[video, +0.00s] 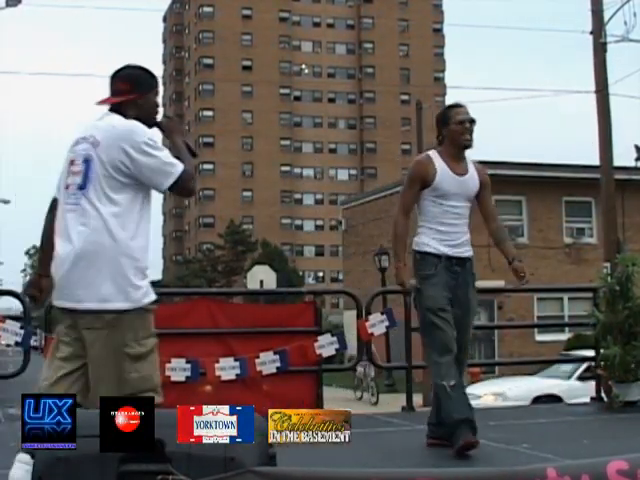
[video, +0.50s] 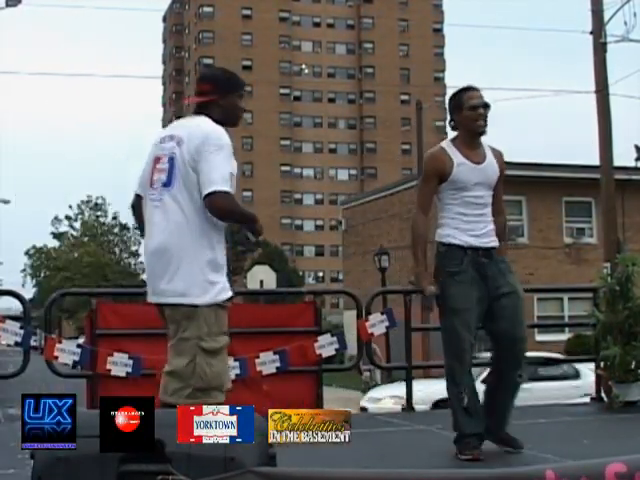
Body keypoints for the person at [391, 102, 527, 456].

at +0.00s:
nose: (467, 128)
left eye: (470, 123)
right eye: (460, 124)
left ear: (473, 129)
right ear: (442, 130)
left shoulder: (477, 173)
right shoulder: (424, 165)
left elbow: (493, 221)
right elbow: (402, 214)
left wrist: (513, 259)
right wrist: (399, 265)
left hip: (463, 264)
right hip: (430, 262)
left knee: (459, 346)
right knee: (444, 344)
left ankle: (440, 426)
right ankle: (462, 427)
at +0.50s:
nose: (482, 113)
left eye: (484, 107)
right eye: (474, 108)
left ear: (488, 113)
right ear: (455, 117)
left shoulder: (494, 158)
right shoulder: (439, 158)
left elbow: (498, 212)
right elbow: (421, 215)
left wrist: (502, 256)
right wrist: (424, 277)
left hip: (492, 260)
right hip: (456, 260)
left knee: (513, 342)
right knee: (460, 349)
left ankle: (494, 425)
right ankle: (467, 435)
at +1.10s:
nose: (533, 101)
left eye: (538, 96)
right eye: (524, 96)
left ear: (544, 104)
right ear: (508, 105)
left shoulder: (550, 155)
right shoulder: (490, 144)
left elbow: (554, 209)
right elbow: (465, 196)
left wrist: (559, 255)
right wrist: (473, 244)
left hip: (543, 258)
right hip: (501, 256)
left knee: (546, 352)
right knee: (500, 342)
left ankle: (546, 443)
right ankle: (477, 423)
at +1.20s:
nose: (535, 101)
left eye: (541, 95)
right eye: (527, 95)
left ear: (550, 102)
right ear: (513, 102)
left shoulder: (559, 151)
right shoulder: (493, 141)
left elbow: (573, 208)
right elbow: (467, 192)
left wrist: (582, 265)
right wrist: (482, 218)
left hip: (547, 257)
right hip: (504, 254)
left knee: (548, 349)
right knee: (502, 338)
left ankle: (545, 442)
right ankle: (486, 421)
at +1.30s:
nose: (536, 100)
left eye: (542, 93)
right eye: (528, 94)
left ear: (552, 99)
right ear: (515, 100)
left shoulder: (566, 147)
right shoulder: (496, 139)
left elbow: (586, 201)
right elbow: (468, 188)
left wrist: (600, 253)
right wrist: (491, 193)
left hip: (548, 256)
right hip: (503, 254)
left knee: (549, 351)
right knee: (502, 348)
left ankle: (546, 443)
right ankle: (495, 442)